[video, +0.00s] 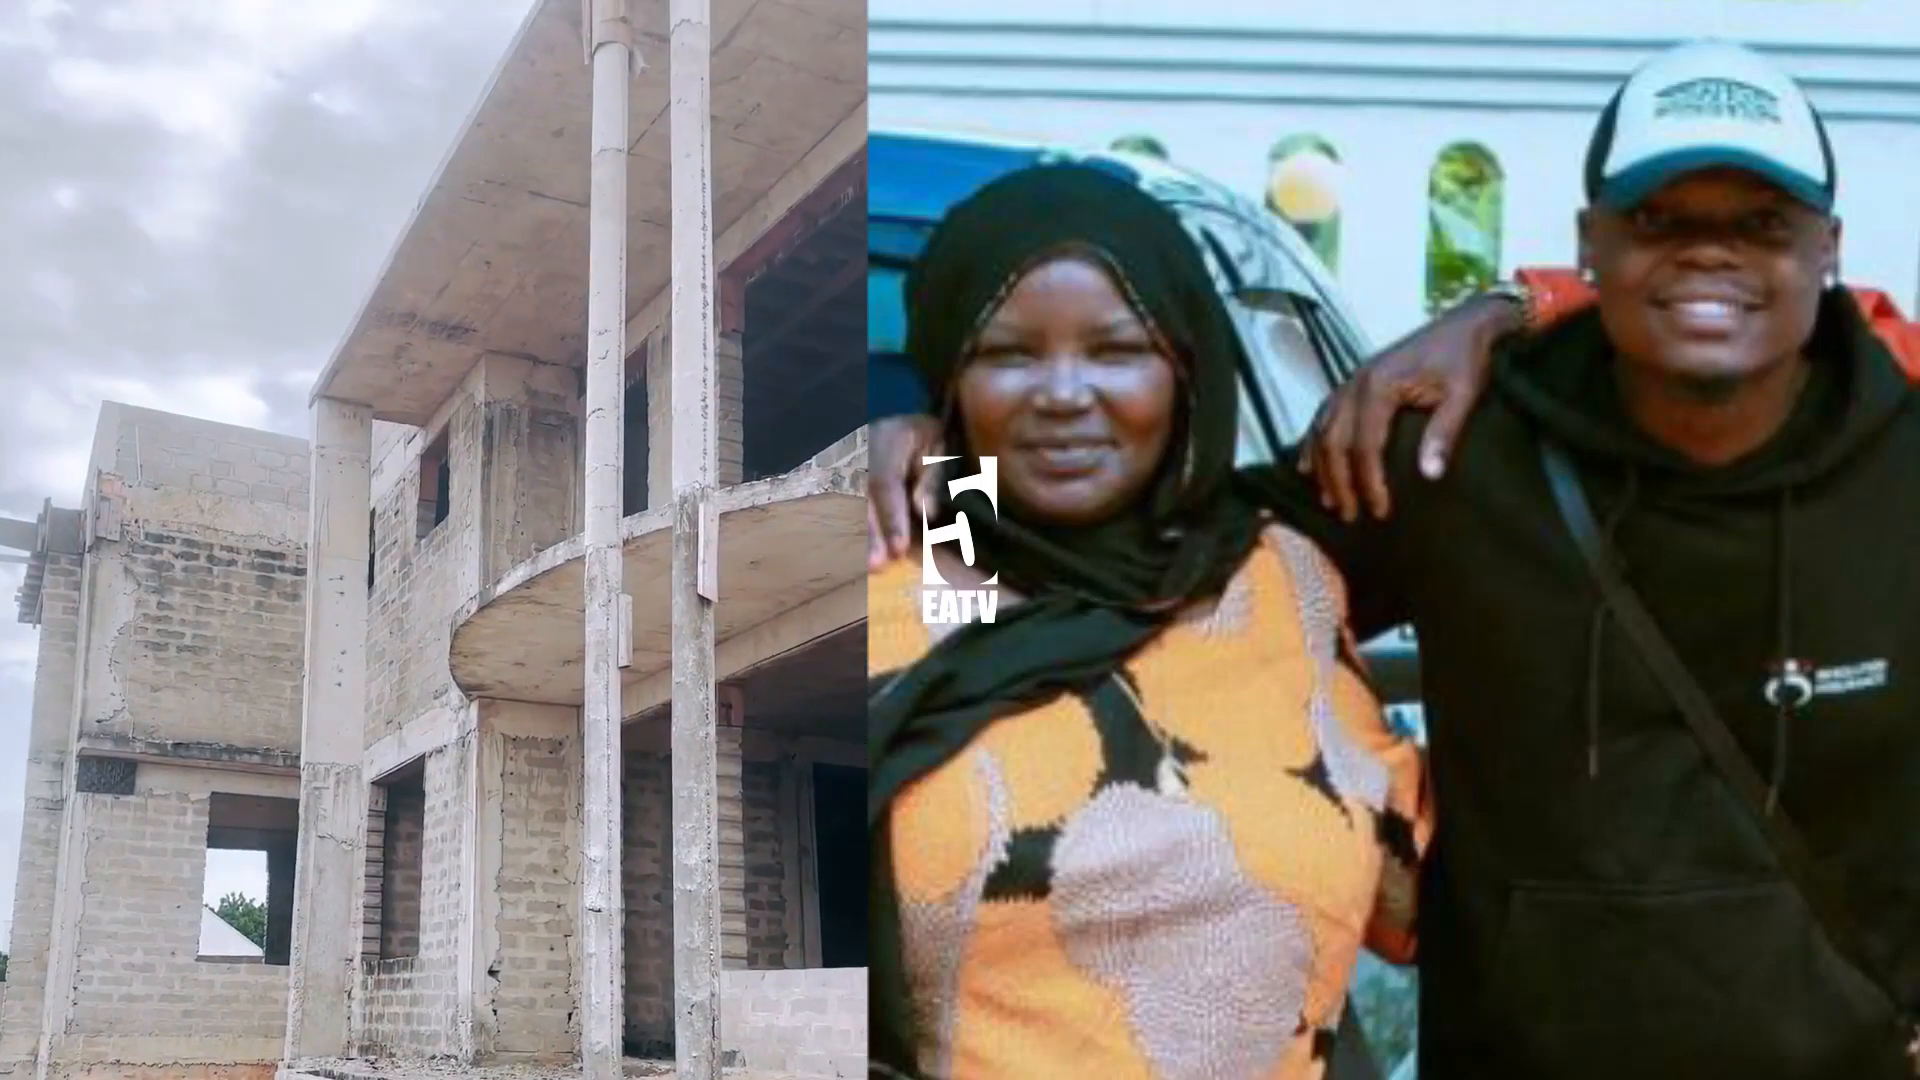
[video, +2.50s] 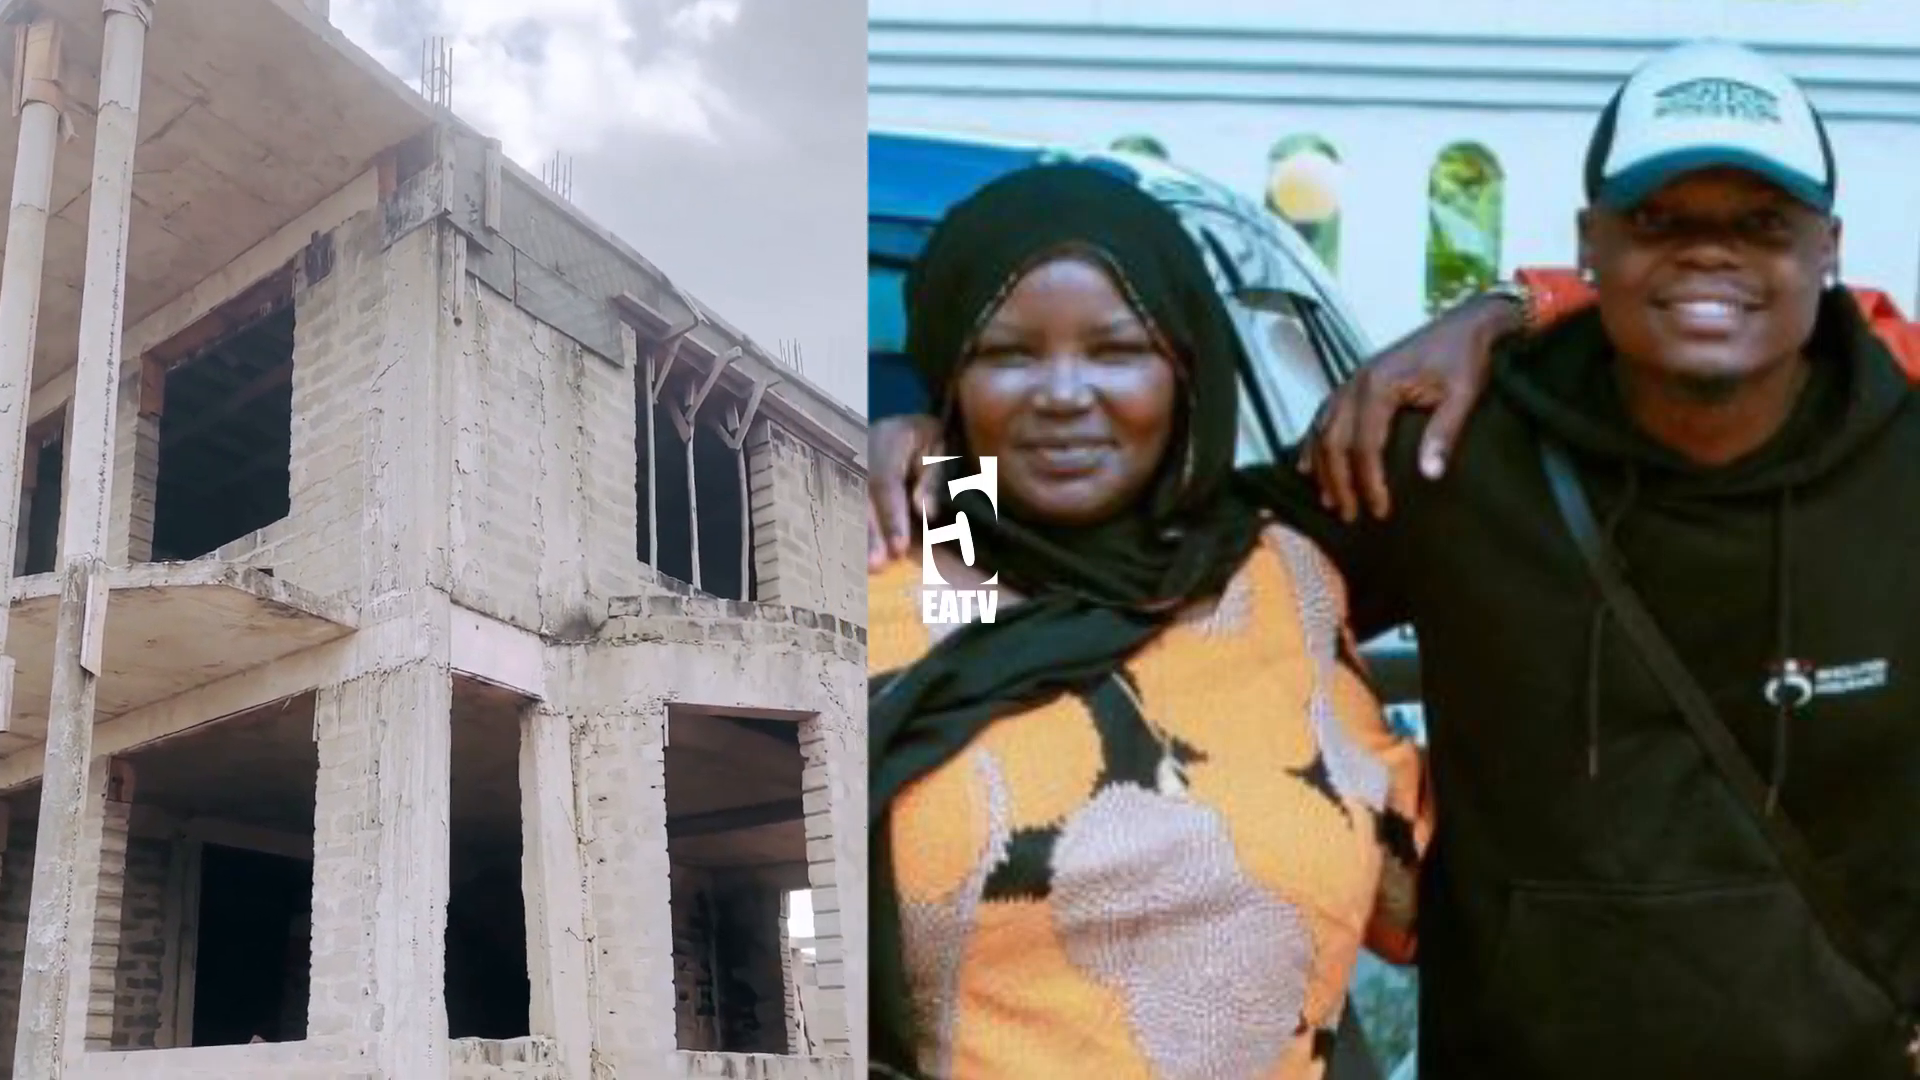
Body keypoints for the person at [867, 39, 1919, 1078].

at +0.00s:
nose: (1706, 251)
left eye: (1756, 219)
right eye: (1664, 215)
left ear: (1825, 250)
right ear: (1595, 242)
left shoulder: (1899, 444)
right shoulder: (1462, 448)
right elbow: (1178, 559)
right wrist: (962, 466)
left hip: (1848, 1038)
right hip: (1535, 1046)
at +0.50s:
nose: (1707, 252)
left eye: (1757, 219)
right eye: (1664, 215)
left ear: (1825, 250)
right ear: (1595, 242)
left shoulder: (1899, 445)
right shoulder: (1463, 447)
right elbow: (1178, 557)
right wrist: (964, 466)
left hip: (1848, 1038)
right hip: (1535, 1044)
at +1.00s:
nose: (1707, 252)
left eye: (1757, 220)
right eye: (1664, 216)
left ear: (1825, 250)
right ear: (1595, 242)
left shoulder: (1898, 445)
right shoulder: (1464, 447)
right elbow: (1175, 557)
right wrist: (954, 461)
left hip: (1849, 1038)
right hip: (1535, 1045)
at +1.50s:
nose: (1707, 251)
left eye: (1757, 219)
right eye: (1664, 215)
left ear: (1825, 249)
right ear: (1595, 242)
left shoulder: (1899, 445)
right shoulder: (1464, 447)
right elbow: (1174, 556)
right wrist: (953, 458)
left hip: (1848, 1039)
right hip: (1535, 1046)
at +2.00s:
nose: (1707, 251)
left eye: (1757, 218)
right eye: (1664, 214)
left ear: (1826, 249)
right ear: (1595, 241)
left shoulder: (1899, 445)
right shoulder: (1462, 448)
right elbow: (1174, 559)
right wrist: (958, 463)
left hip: (1849, 1039)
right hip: (1534, 1046)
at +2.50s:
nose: (1707, 252)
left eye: (1757, 219)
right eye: (1664, 215)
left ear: (1826, 249)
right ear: (1595, 242)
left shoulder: (1899, 445)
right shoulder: (1464, 447)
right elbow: (1177, 557)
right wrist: (960, 464)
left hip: (1850, 1038)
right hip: (1536, 1046)